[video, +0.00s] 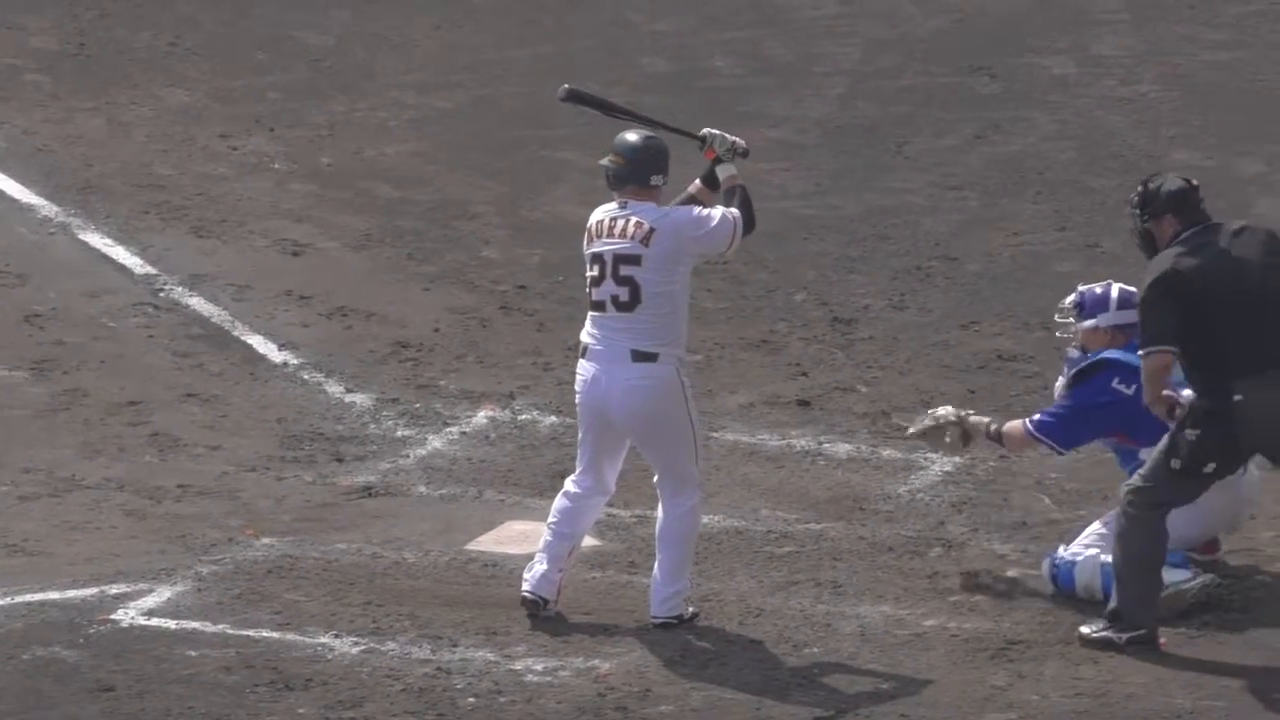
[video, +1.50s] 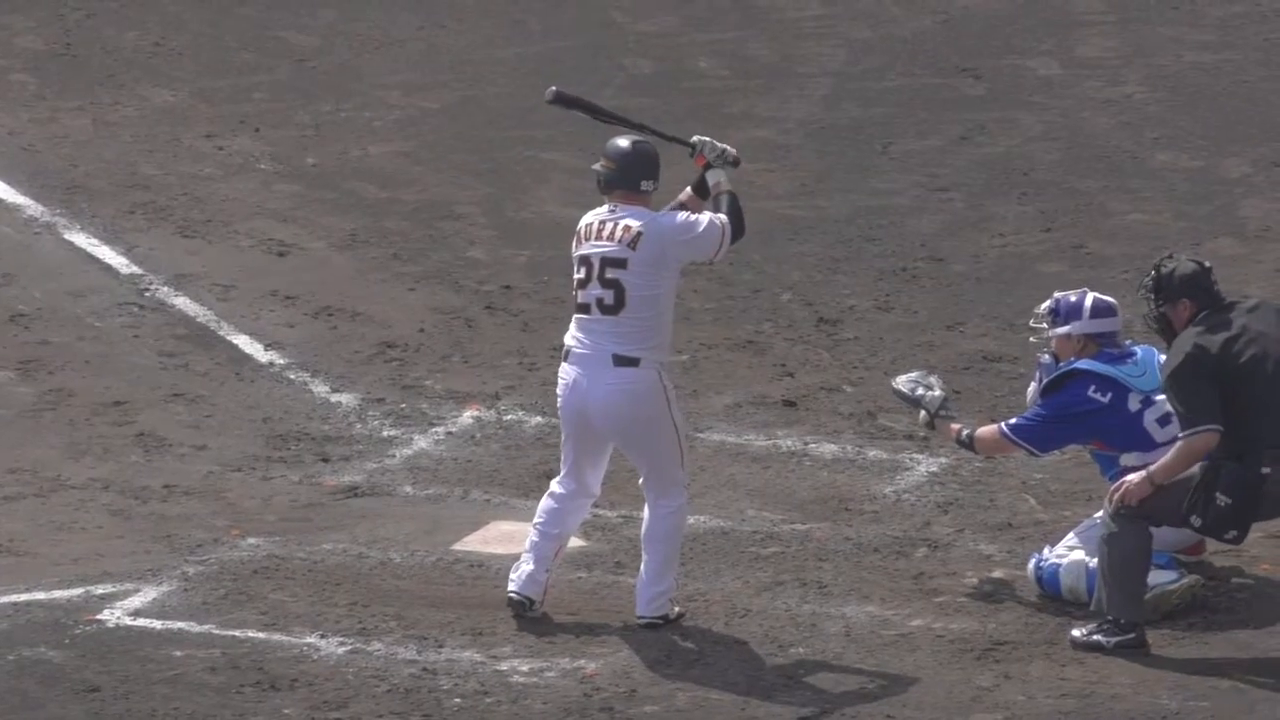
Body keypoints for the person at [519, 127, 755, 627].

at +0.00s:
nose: (607, 176)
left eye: (611, 171)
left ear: (615, 175)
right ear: (662, 177)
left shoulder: (598, 221)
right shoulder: (677, 224)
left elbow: (676, 212)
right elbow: (742, 221)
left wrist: (713, 167)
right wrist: (730, 172)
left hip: (591, 373)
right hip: (652, 380)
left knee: (588, 480)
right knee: (679, 488)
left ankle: (539, 583)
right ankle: (668, 604)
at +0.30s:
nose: (606, 175)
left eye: (609, 170)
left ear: (614, 174)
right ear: (660, 174)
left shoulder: (598, 219)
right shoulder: (677, 220)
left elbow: (671, 210)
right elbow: (742, 215)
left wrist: (712, 168)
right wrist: (729, 169)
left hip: (594, 371)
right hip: (655, 377)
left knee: (590, 476)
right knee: (681, 485)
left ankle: (539, 577)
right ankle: (667, 600)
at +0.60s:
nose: (603, 174)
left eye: (607, 168)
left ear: (611, 173)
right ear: (657, 173)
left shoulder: (595, 218)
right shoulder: (674, 221)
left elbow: (674, 211)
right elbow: (739, 220)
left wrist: (710, 168)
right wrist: (729, 173)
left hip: (590, 370)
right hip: (651, 377)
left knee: (586, 475)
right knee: (677, 486)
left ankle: (536, 577)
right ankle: (664, 600)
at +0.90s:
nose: (605, 172)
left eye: (609, 167)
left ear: (611, 171)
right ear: (658, 172)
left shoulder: (595, 216)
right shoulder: (674, 220)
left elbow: (673, 208)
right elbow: (739, 214)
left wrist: (709, 162)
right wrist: (728, 169)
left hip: (588, 369)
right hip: (649, 375)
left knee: (584, 474)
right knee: (675, 484)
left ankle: (533, 576)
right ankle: (661, 598)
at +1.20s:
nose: (604, 177)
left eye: (608, 170)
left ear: (609, 176)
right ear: (657, 177)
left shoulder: (591, 224)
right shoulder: (673, 225)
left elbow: (667, 224)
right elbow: (737, 228)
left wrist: (710, 183)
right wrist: (730, 181)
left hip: (584, 374)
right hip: (645, 380)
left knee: (581, 478)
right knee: (671, 487)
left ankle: (530, 579)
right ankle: (658, 602)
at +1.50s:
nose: (599, 179)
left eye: (603, 173)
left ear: (605, 179)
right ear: (653, 181)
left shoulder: (587, 225)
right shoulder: (665, 229)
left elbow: (662, 220)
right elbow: (731, 226)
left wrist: (704, 176)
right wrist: (720, 178)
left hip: (574, 377)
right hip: (636, 383)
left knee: (573, 481)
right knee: (666, 491)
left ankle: (525, 583)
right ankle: (654, 604)